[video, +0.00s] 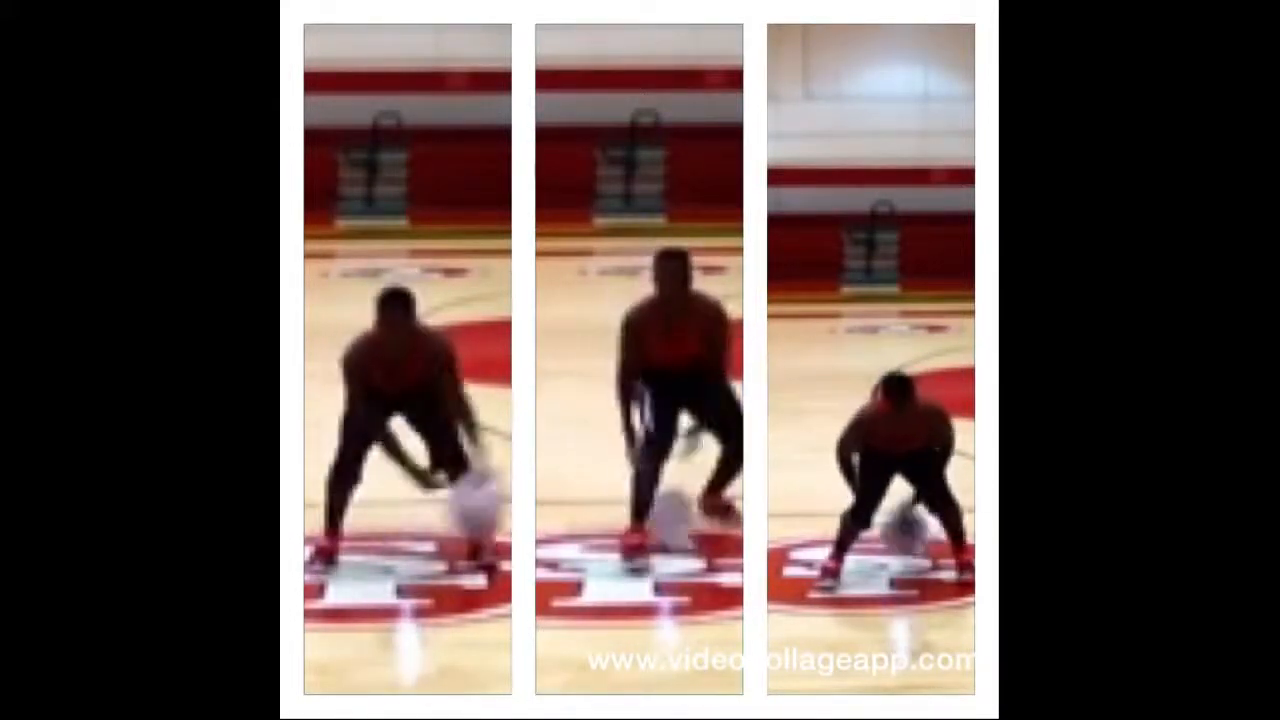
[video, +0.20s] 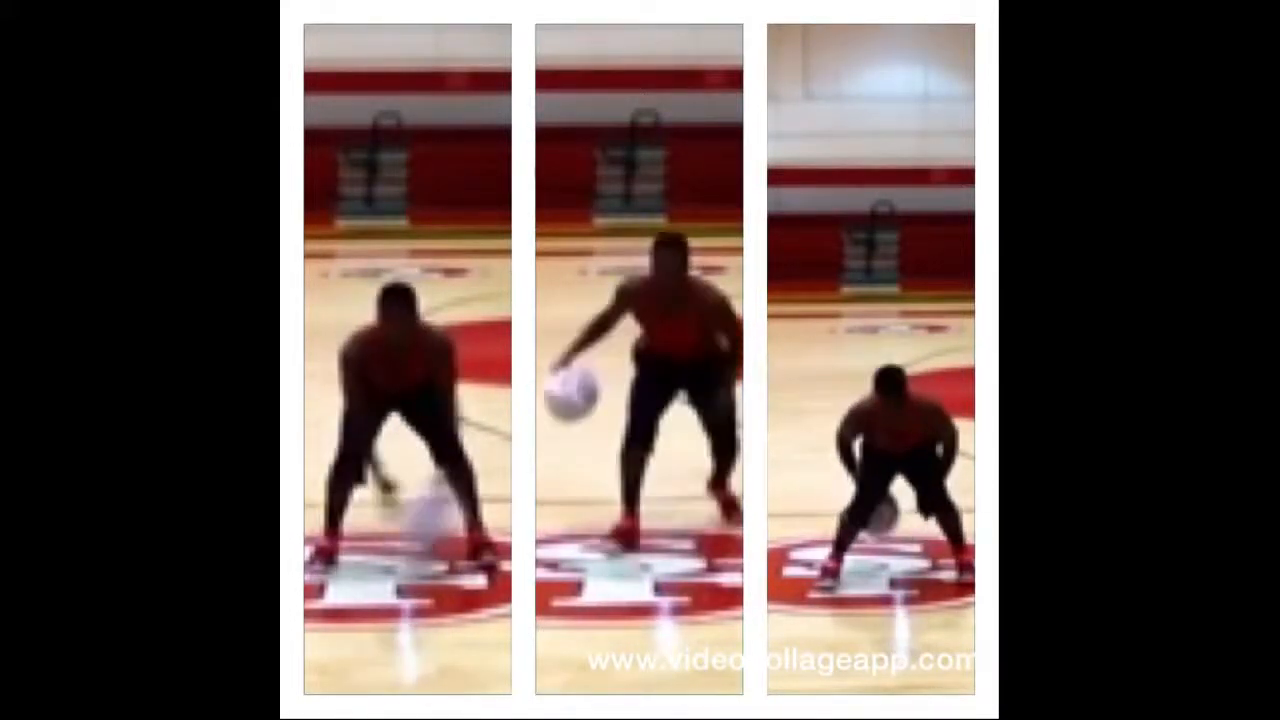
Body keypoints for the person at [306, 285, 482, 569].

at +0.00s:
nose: (395, 336)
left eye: (402, 326)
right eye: (388, 326)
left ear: (413, 320)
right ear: (378, 322)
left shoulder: (435, 347)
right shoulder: (360, 356)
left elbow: (455, 399)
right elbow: (378, 429)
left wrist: (474, 439)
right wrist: (414, 472)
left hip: (421, 400)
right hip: (372, 403)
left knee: (453, 458)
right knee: (345, 468)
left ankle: (479, 538)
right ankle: (330, 539)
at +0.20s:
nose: (398, 332)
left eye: (405, 322)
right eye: (391, 322)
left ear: (415, 317)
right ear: (380, 318)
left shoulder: (437, 346)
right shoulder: (358, 351)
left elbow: (446, 406)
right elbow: (357, 417)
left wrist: (445, 459)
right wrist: (377, 469)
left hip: (419, 396)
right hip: (371, 400)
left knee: (453, 457)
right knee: (347, 465)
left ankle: (476, 532)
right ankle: (330, 538)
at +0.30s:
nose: (393, 331)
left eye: (400, 322)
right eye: (386, 323)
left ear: (409, 319)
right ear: (374, 320)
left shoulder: (427, 348)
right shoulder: (353, 352)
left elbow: (412, 417)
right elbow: (329, 406)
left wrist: (373, 456)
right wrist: (306, 454)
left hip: (420, 398)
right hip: (371, 399)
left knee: (454, 461)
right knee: (345, 466)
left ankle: (476, 533)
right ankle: (326, 545)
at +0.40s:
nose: (391, 332)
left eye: (397, 323)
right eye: (384, 323)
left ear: (408, 318)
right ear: (373, 319)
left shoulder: (428, 347)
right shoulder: (354, 348)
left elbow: (423, 403)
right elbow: (329, 398)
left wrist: (375, 447)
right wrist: (304, 439)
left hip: (422, 396)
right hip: (373, 397)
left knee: (452, 460)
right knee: (346, 462)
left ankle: (476, 532)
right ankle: (329, 541)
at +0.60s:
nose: (403, 332)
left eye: (409, 323)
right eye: (396, 323)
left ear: (419, 320)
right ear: (385, 322)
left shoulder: (438, 343)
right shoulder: (367, 356)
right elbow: (380, 419)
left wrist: (508, 420)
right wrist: (428, 451)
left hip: (422, 398)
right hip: (373, 403)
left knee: (459, 461)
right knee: (346, 471)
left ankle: (477, 534)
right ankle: (330, 540)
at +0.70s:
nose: (403, 333)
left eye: (409, 323)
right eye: (396, 324)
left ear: (419, 319)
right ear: (385, 321)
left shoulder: (438, 343)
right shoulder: (365, 357)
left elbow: (477, 384)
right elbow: (379, 426)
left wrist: (507, 422)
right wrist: (425, 468)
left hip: (420, 394)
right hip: (373, 400)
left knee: (457, 460)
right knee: (350, 467)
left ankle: (477, 532)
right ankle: (330, 538)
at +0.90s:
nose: (392, 330)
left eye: (399, 321)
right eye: (385, 321)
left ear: (409, 317)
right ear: (375, 317)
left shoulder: (430, 344)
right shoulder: (356, 345)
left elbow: (420, 417)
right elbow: (332, 394)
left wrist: (376, 450)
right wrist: (308, 441)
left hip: (422, 396)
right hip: (372, 397)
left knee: (454, 463)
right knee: (348, 461)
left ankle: (476, 534)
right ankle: (329, 540)